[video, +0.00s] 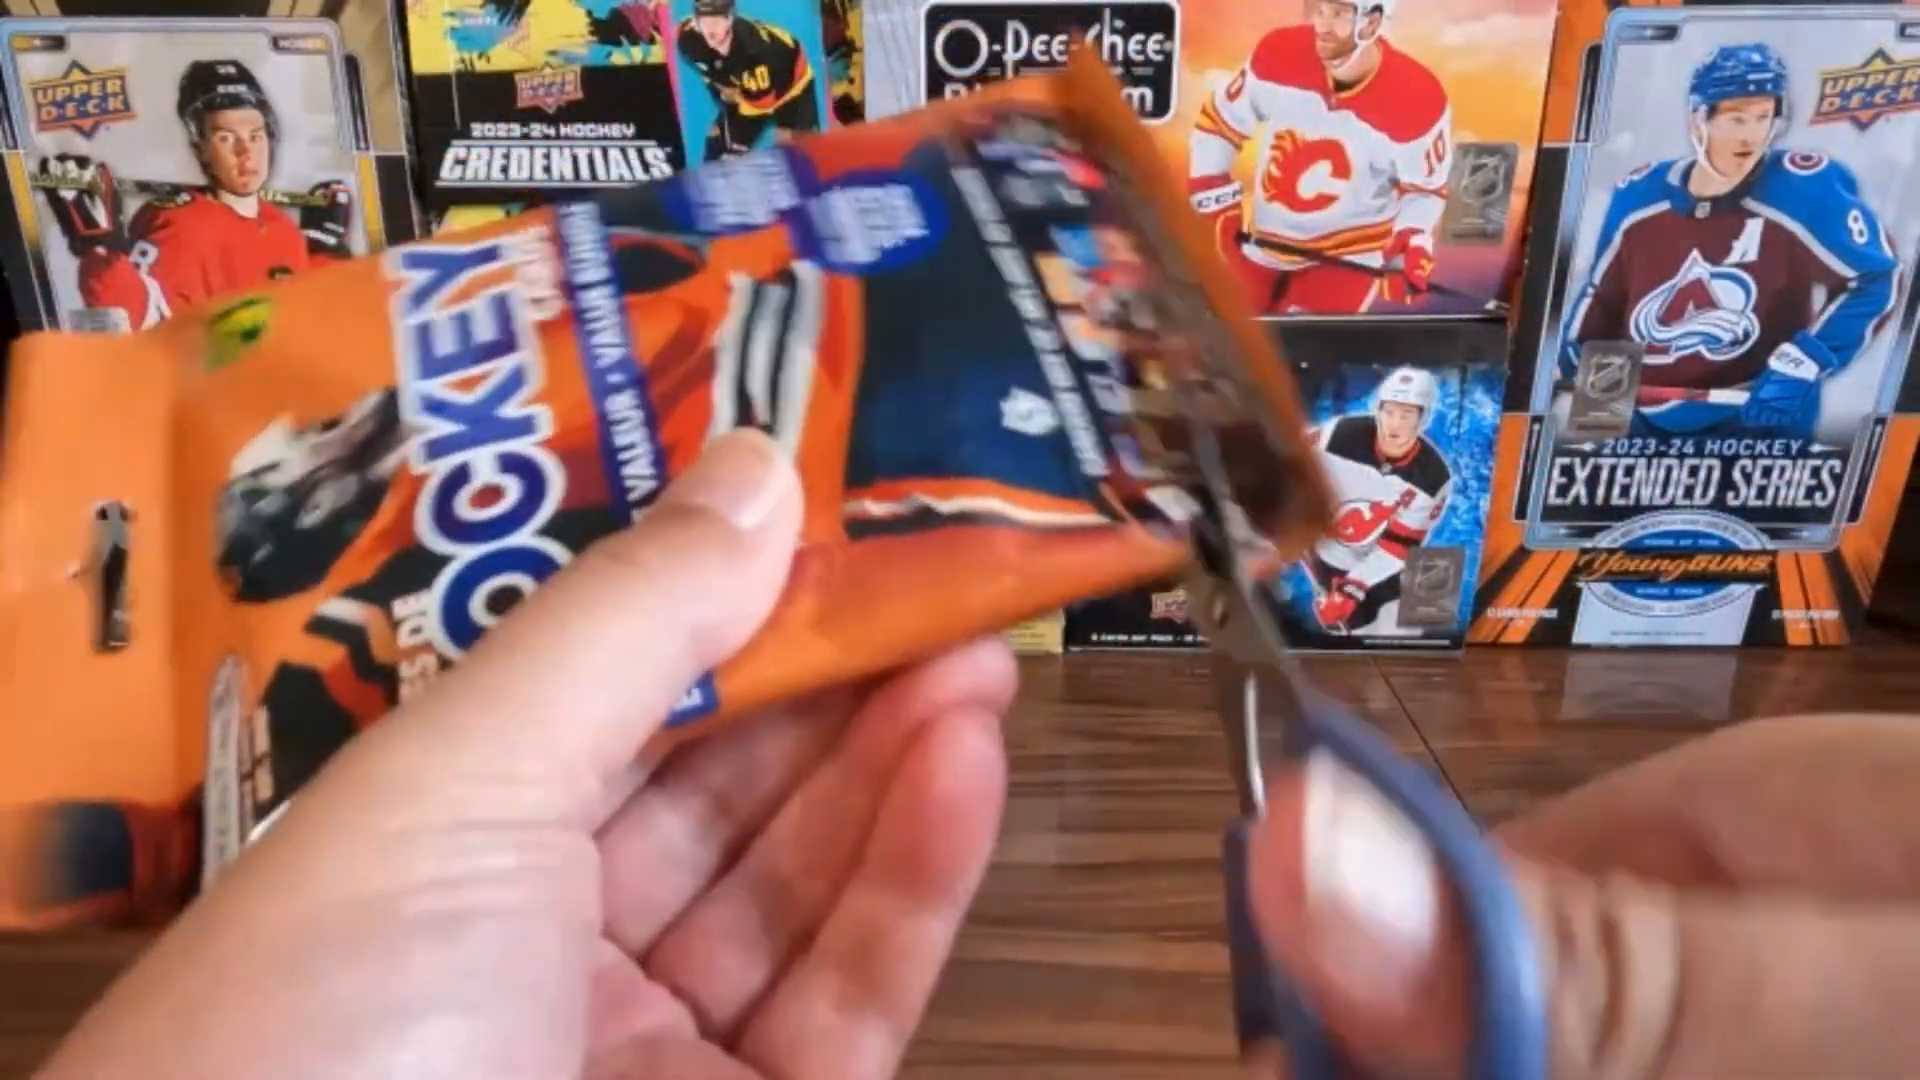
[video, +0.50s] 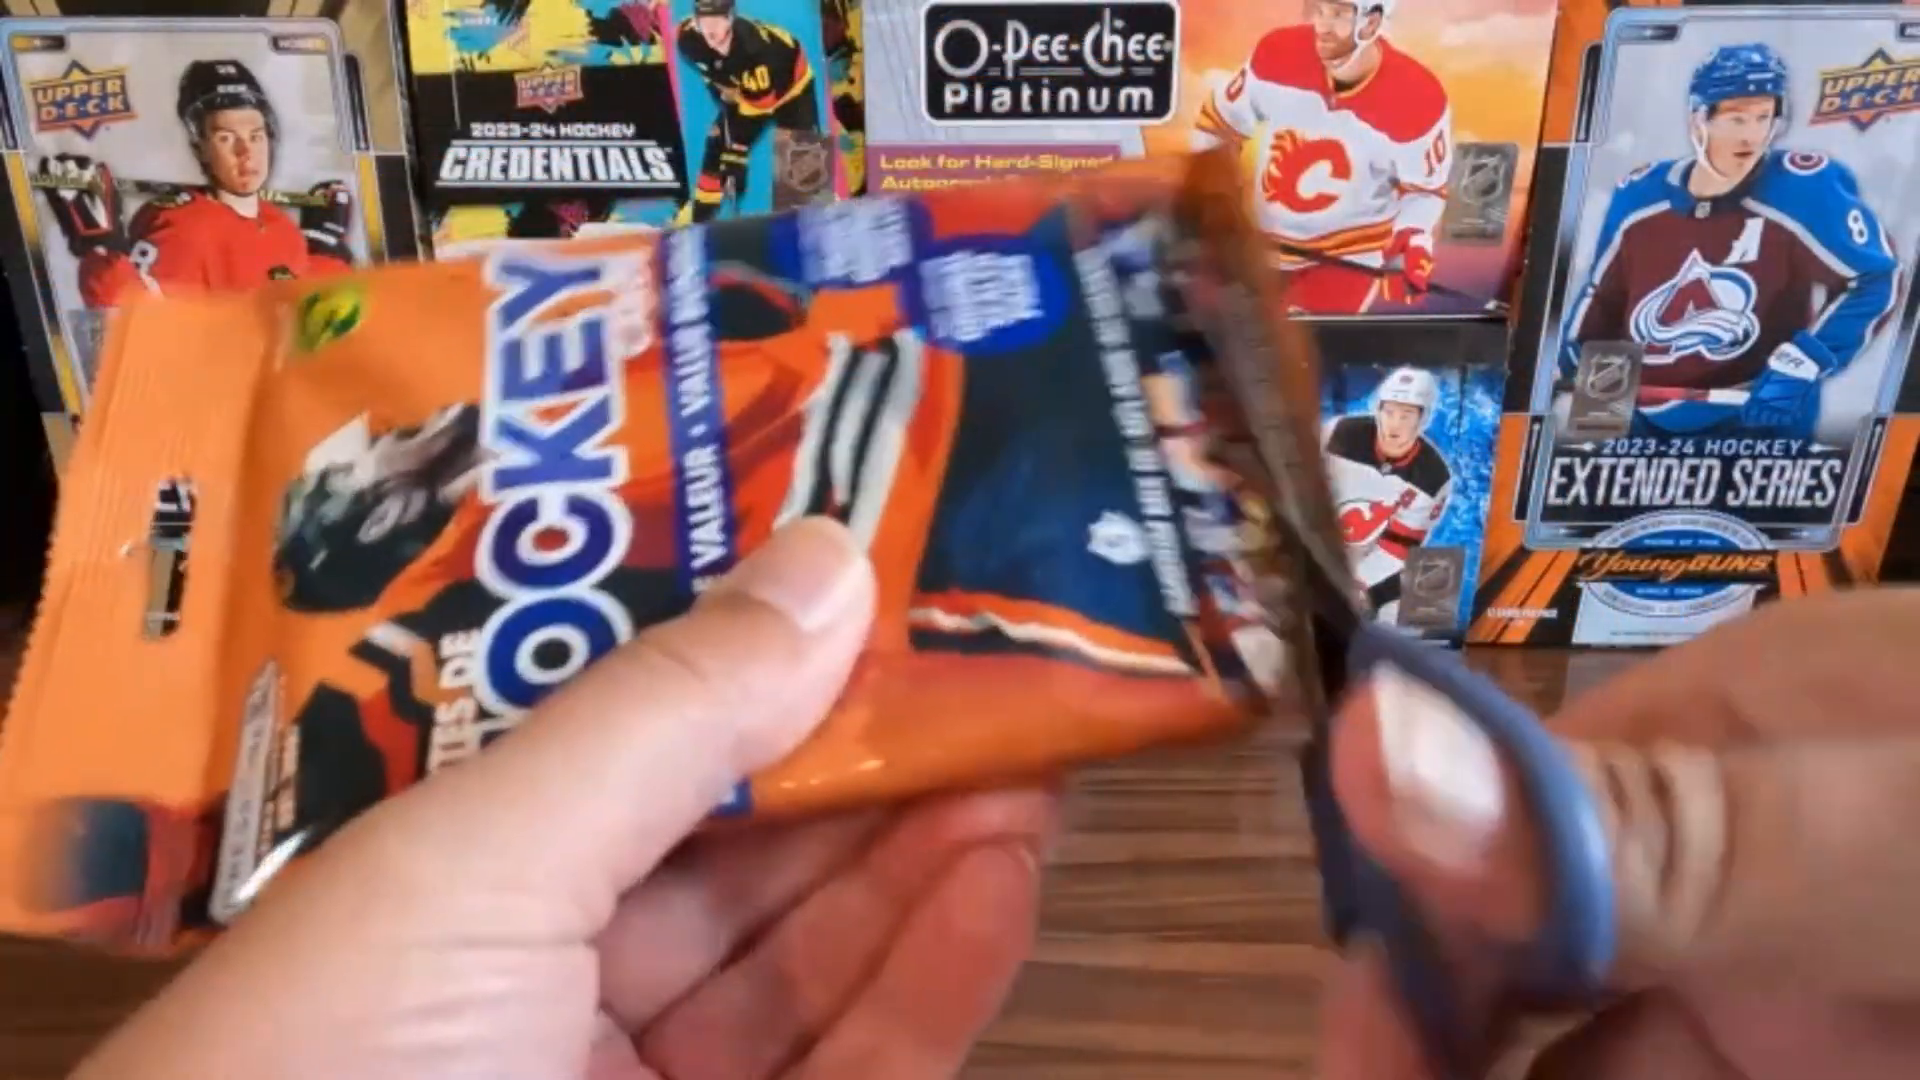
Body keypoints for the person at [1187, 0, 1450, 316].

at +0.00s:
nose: (1323, 26)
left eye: (1339, 14)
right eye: (1318, 11)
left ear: (1372, 22)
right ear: (1309, 11)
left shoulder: (1417, 96)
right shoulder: (1277, 56)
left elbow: (1423, 191)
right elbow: (1215, 126)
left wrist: (1414, 249)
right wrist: (1218, 208)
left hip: (1347, 261)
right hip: (1257, 248)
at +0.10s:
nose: (1322, 27)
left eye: (1339, 14)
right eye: (1316, 12)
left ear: (1372, 22)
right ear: (1308, 11)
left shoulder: (1417, 95)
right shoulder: (1276, 56)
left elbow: (1423, 191)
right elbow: (1220, 133)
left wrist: (1412, 250)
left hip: (1351, 263)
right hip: (1261, 251)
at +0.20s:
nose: (1323, 27)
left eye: (1339, 15)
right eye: (1319, 12)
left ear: (1373, 22)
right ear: (1310, 12)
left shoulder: (1416, 95)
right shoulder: (1276, 56)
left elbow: (1423, 191)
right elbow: (1215, 126)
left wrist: (1414, 247)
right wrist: (1214, 203)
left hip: (1346, 262)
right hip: (1262, 249)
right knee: (1217, 354)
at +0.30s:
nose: (1322, 27)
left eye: (1339, 14)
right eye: (1316, 12)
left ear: (1372, 22)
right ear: (1308, 11)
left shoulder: (1417, 95)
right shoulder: (1276, 56)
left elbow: (1424, 190)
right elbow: (1215, 124)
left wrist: (1414, 243)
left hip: (1351, 264)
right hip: (1262, 249)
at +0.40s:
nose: (1323, 27)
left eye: (1340, 14)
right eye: (1318, 12)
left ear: (1373, 22)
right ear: (1309, 11)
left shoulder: (1417, 95)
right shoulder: (1276, 56)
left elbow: (1424, 190)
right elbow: (1217, 125)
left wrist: (1413, 249)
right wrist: (1225, 204)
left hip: (1348, 260)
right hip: (1262, 249)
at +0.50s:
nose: (1323, 27)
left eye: (1340, 14)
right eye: (1318, 11)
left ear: (1373, 21)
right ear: (1309, 11)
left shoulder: (1417, 95)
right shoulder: (1276, 56)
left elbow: (1423, 190)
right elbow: (1215, 128)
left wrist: (1414, 248)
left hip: (1351, 262)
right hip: (1261, 254)